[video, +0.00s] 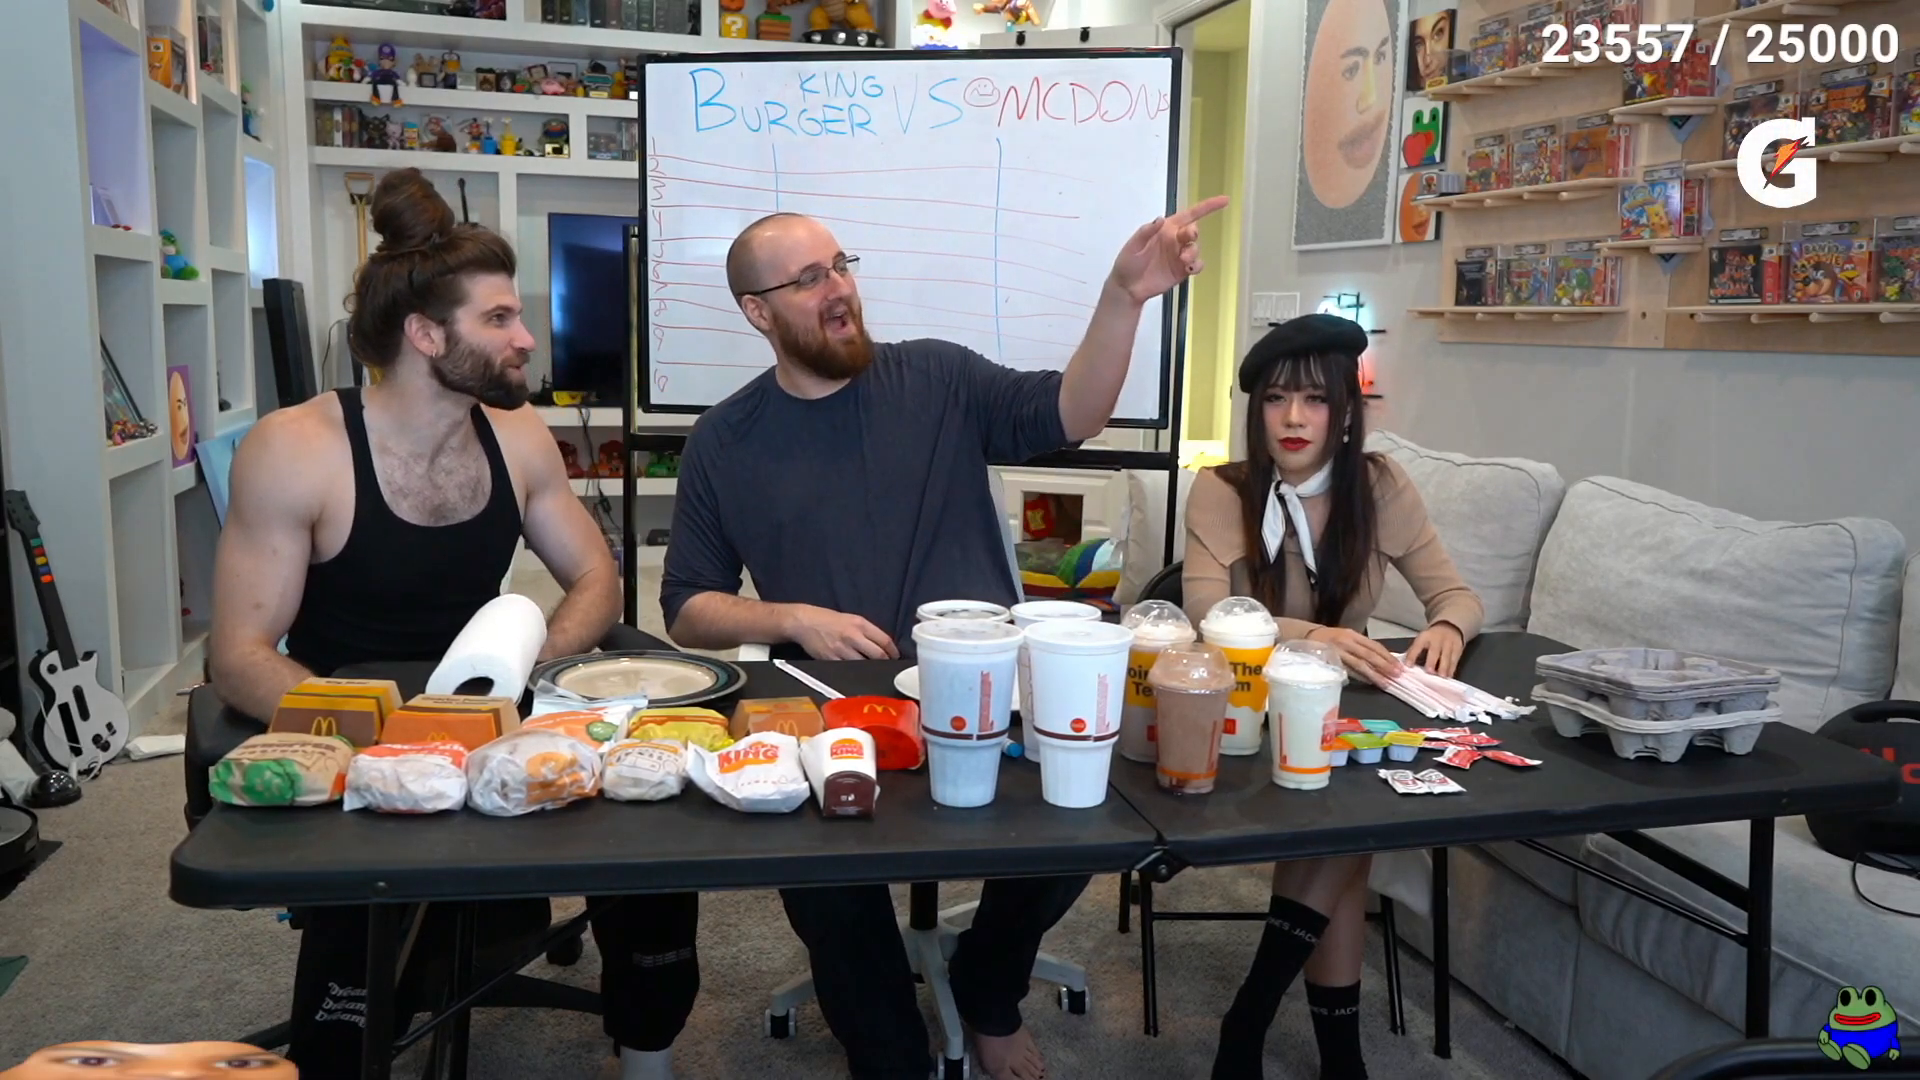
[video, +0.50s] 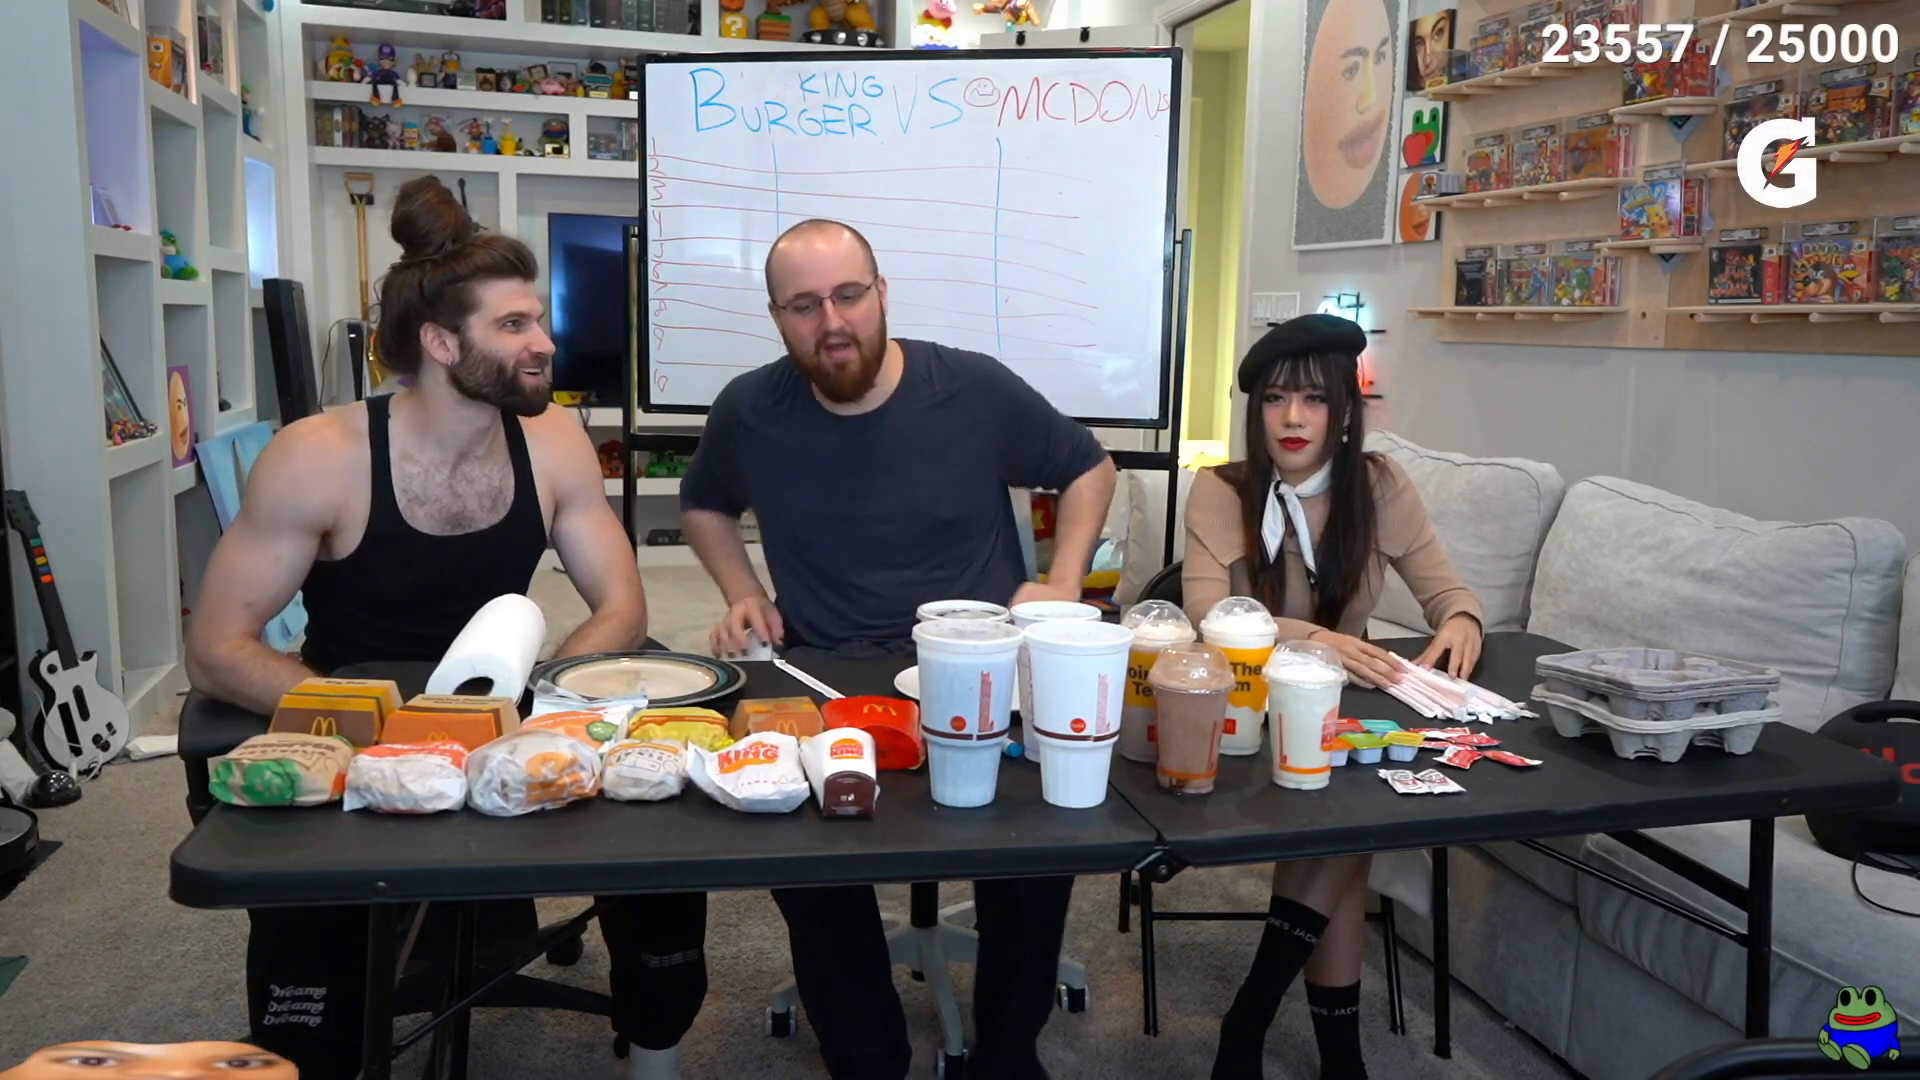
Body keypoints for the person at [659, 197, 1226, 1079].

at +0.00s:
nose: (840, 288)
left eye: (841, 267)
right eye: (809, 279)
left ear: (856, 274)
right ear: (757, 313)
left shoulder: (937, 376)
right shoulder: (724, 442)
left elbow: (1073, 413)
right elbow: (687, 609)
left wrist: (1124, 294)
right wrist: (792, 619)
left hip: (978, 692)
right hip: (825, 710)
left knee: (1072, 824)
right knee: (818, 870)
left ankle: (986, 990)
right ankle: (897, 1062)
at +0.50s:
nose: (832, 321)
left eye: (850, 296)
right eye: (804, 305)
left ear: (882, 296)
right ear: (777, 319)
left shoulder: (971, 388)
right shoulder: (748, 412)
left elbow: (1089, 466)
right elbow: (704, 502)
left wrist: (1063, 582)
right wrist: (742, 591)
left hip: (979, 677)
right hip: (827, 681)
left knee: (1039, 834)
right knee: (804, 840)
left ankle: (1007, 1057)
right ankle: (869, 1060)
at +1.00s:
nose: (803, 362)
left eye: (827, 334)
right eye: (780, 337)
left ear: (876, 324)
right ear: (759, 333)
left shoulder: (981, 396)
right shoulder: (744, 395)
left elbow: (1104, 444)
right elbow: (754, 482)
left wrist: (1082, 606)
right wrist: (784, 590)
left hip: (953, 683)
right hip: (814, 674)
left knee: (900, 846)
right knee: (748, 828)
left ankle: (894, 1040)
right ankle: (835, 1013)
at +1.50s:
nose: (724, 330)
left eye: (741, 301)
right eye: (703, 305)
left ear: (808, 249)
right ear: (681, 266)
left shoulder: (968, 289)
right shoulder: (706, 311)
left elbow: (1082, 398)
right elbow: (741, 427)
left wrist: (1099, 554)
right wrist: (783, 542)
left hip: (944, 581)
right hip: (807, 577)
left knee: (882, 811)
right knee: (772, 796)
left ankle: (900, 1040)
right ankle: (834, 1019)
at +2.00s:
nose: (671, 86)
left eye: (664, 58)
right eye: (659, 65)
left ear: (722, 27)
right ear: (729, 28)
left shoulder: (924, 139)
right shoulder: (764, 144)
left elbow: (1027, 351)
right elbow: (809, 339)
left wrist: (973, 539)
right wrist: (786, 477)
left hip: (887, 536)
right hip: (772, 513)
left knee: (862, 799)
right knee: (737, 756)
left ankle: (898, 1024)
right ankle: (801, 975)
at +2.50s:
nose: (588, 89)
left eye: (576, 60)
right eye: (576, 68)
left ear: (607, 28)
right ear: (643, 21)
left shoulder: (749, 92)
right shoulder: (730, 103)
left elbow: (815, 310)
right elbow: (791, 312)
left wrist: (696, 422)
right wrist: (734, 441)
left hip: (829, 477)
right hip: (777, 477)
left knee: (795, 739)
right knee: (688, 699)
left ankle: (894, 1021)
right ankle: (710, 913)